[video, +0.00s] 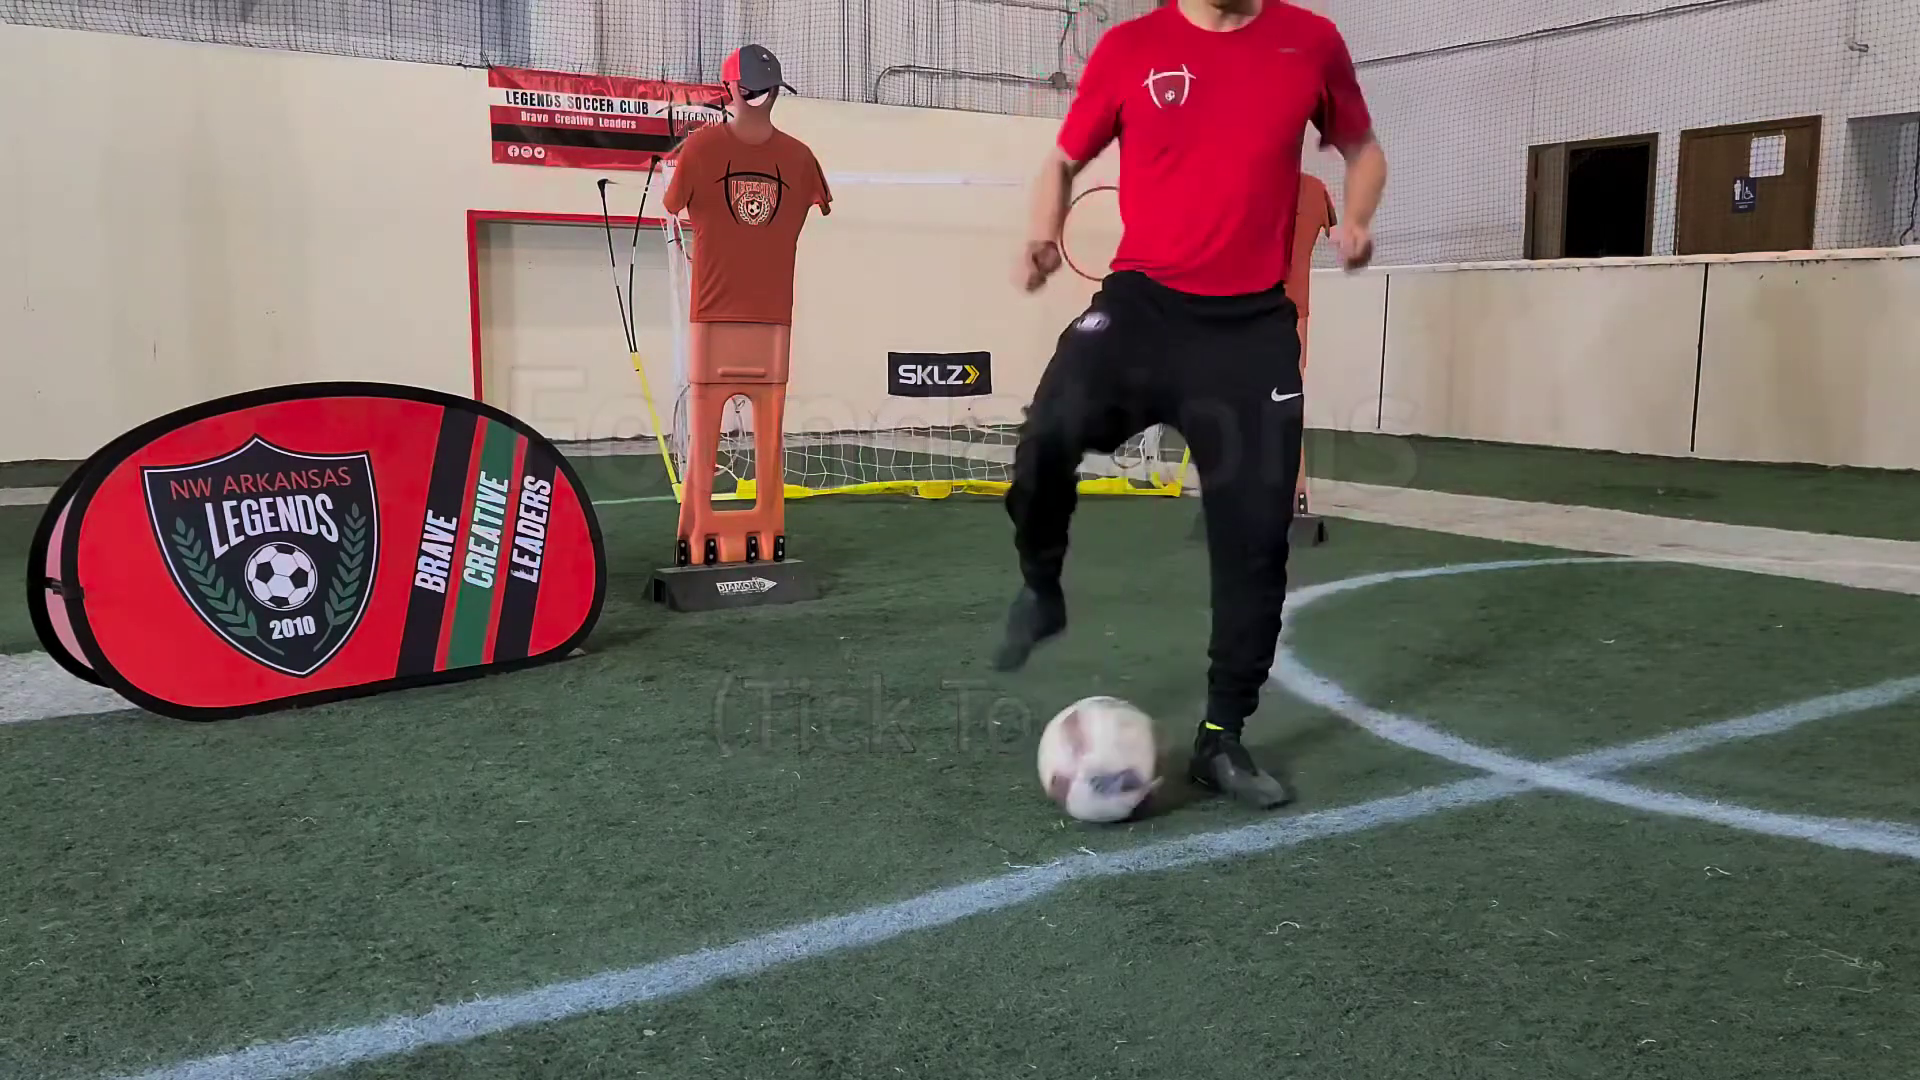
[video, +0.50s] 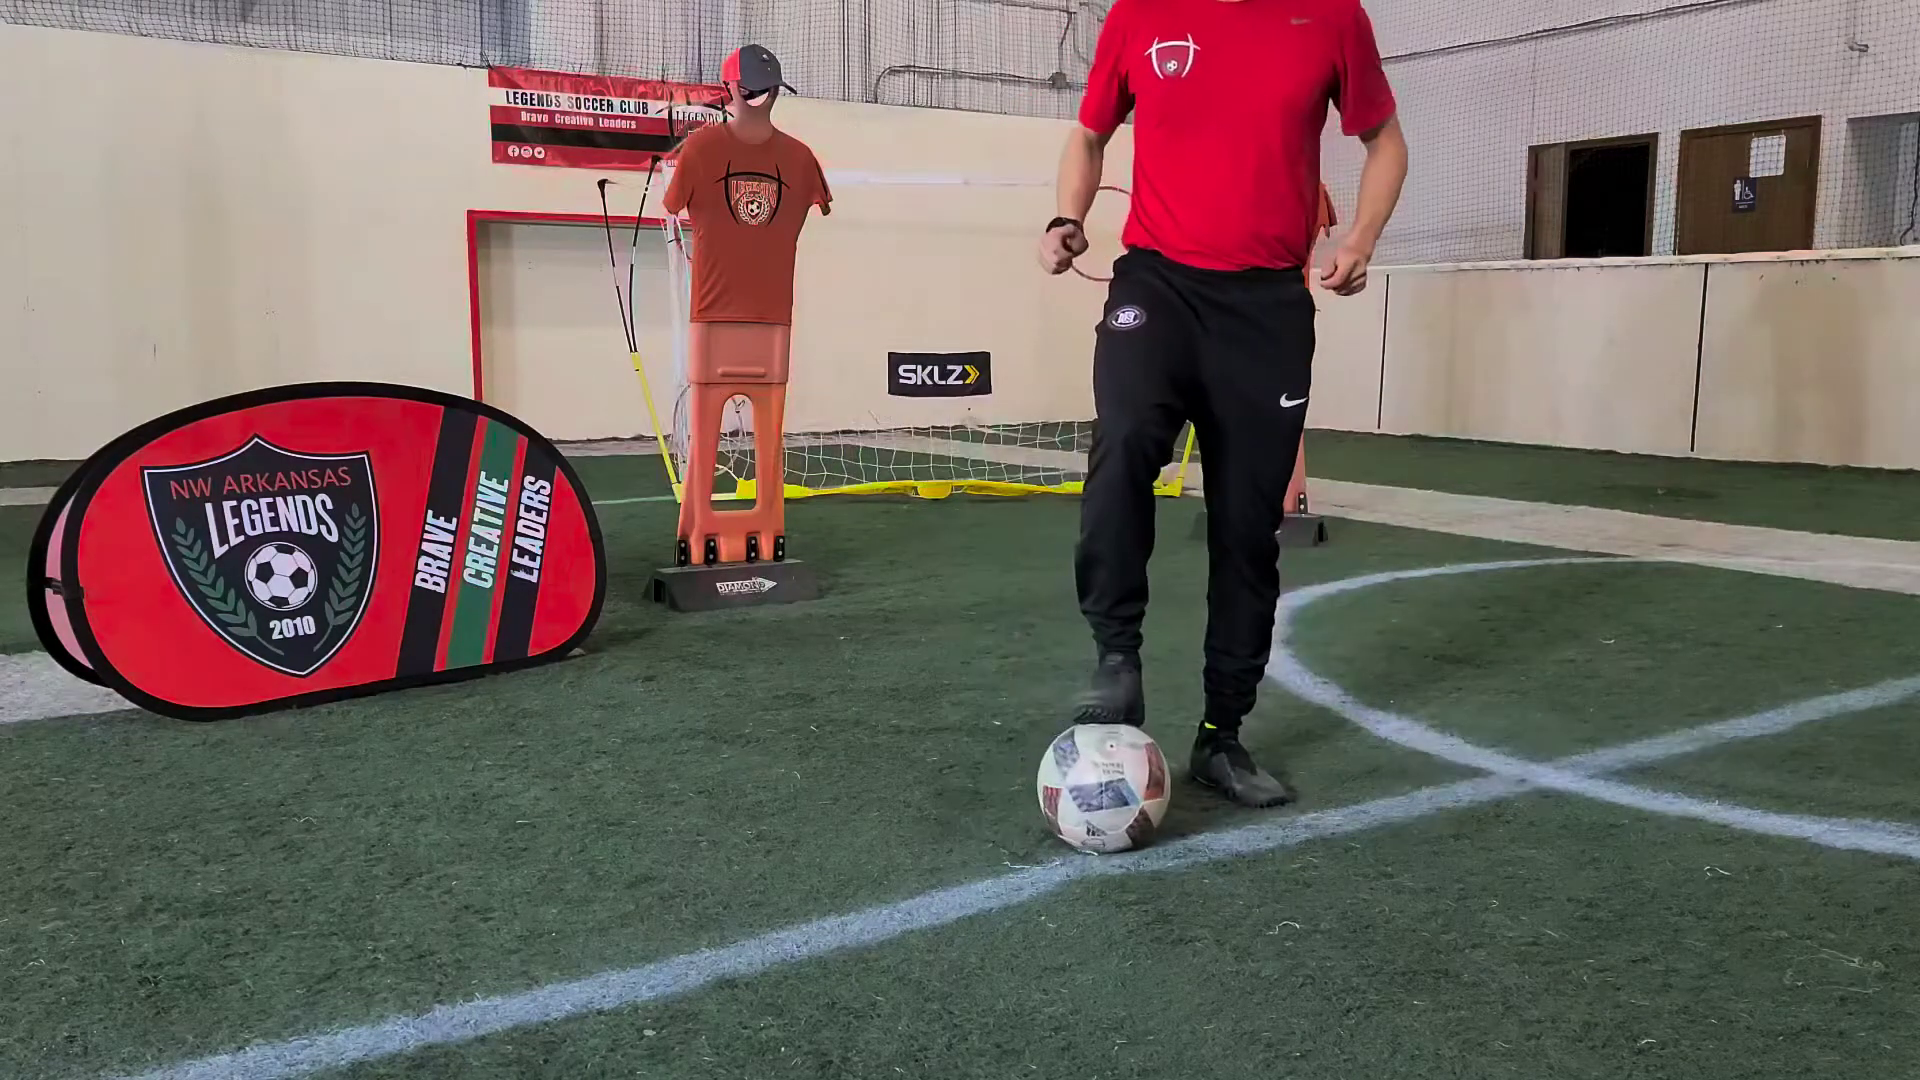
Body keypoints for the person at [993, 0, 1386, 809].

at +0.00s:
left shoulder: (1311, 39)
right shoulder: (1128, 45)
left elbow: (1361, 146)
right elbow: (1064, 159)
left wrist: (1357, 219)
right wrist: (1042, 234)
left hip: (1251, 325)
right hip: (1137, 309)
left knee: (1257, 540)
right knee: (1048, 436)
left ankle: (1223, 739)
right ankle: (1041, 595)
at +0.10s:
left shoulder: (1316, 21)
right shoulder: (1133, 24)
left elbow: (1368, 150)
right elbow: (1100, 146)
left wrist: (1347, 231)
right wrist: (1079, 230)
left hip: (1254, 308)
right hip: (1143, 291)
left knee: (1245, 531)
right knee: (1090, 434)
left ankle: (1222, 735)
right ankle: (1085, 653)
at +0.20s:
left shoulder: (1321, 14)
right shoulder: (1132, 17)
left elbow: (1372, 142)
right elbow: (1109, 136)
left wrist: (1345, 218)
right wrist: (1091, 216)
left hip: (1261, 300)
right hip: (1149, 284)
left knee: (1244, 527)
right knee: (1111, 446)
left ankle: (1221, 734)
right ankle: (1098, 654)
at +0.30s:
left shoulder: (1325, 14)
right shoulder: (1137, 17)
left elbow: (1372, 142)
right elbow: (1096, 144)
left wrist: (1351, 237)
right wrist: (1078, 240)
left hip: (1266, 302)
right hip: (1152, 286)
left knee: (1248, 529)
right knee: (1113, 443)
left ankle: (1222, 736)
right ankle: (1102, 653)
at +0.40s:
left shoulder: (1329, 13)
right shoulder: (1137, 13)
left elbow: (1377, 139)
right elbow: (1091, 136)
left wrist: (1356, 239)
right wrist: (1072, 220)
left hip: (1268, 302)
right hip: (1153, 284)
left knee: (1248, 529)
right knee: (1117, 445)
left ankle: (1222, 738)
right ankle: (1107, 655)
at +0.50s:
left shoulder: (1334, 14)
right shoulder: (1139, 13)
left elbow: (1384, 138)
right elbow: (1090, 132)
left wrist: (1360, 238)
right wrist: (1071, 215)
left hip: (1269, 301)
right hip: (1154, 283)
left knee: (1249, 529)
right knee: (1124, 443)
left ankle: (1222, 737)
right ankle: (1114, 654)